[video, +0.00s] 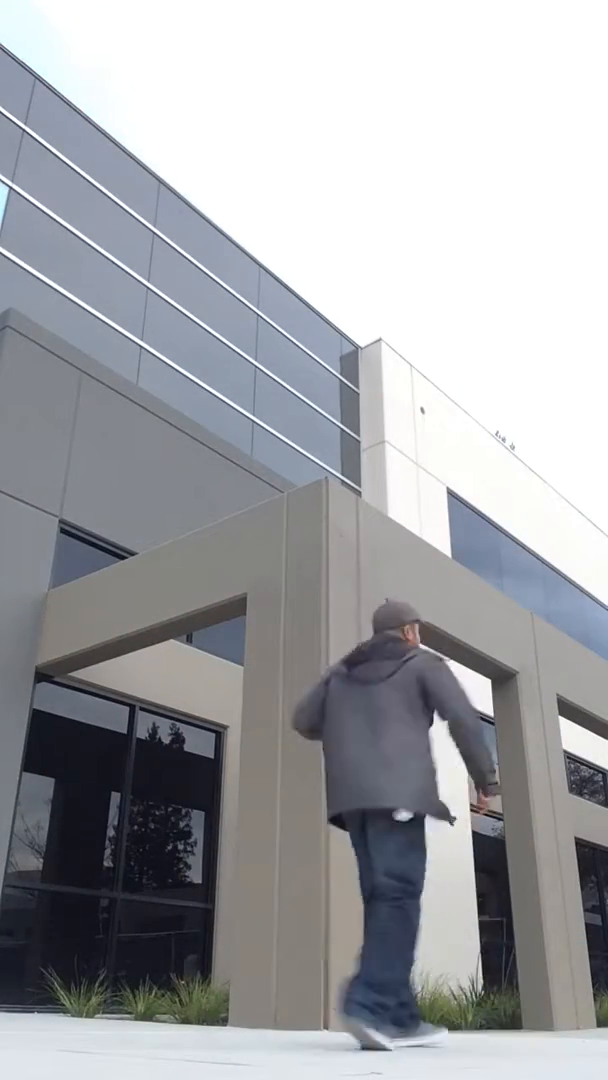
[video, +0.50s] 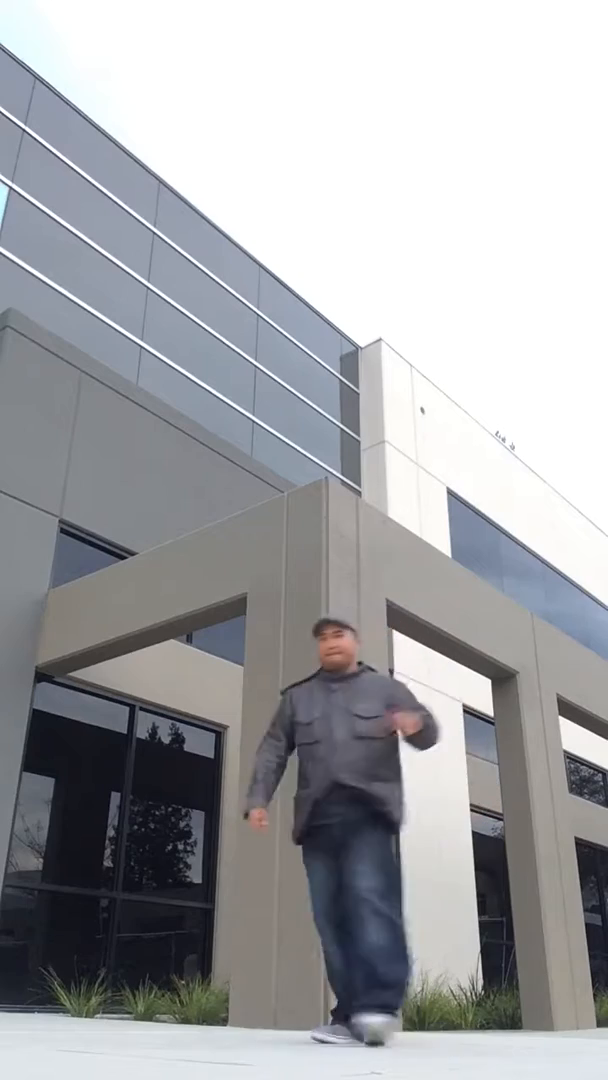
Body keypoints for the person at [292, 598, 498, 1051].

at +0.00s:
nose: (422, 637)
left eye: (419, 631)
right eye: (419, 631)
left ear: (377, 632)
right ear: (410, 631)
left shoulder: (343, 669)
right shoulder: (422, 663)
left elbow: (304, 719)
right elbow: (463, 717)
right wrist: (484, 778)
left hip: (351, 794)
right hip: (399, 791)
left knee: (379, 899)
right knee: (398, 899)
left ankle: (401, 1016)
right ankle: (367, 1006)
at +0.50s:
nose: (332, 642)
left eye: (340, 635)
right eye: (324, 637)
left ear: (357, 643)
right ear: (316, 649)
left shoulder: (386, 688)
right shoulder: (298, 697)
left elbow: (430, 736)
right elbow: (273, 748)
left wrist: (415, 724)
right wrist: (258, 799)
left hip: (369, 810)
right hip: (318, 814)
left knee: (368, 899)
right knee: (328, 913)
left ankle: (379, 1008)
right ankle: (349, 1015)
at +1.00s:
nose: (232, 663)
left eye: (237, 653)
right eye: (232, 655)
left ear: (262, 653)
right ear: (266, 655)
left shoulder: (262, 685)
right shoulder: (302, 688)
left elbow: (246, 744)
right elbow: (304, 755)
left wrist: (224, 785)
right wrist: (250, 794)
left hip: (271, 809)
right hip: (310, 811)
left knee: (246, 909)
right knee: (277, 906)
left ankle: (251, 1017)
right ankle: (333, 989)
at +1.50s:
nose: (197, 662)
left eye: (201, 655)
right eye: (199, 655)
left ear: (218, 656)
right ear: (236, 659)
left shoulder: (200, 690)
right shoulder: (273, 704)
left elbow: (164, 743)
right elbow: (294, 762)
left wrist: (143, 788)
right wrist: (282, 819)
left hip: (205, 812)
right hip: (256, 820)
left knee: (169, 895)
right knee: (217, 915)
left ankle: (212, 979)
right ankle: (217, 1020)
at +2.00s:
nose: (196, 612)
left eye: (201, 605)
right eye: (198, 605)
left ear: (222, 610)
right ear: (240, 617)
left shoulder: (209, 628)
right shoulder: (264, 658)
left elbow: (200, 665)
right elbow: (269, 720)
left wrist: (201, 716)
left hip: (203, 765)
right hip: (255, 779)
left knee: (177, 888)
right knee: (230, 885)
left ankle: (185, 1006)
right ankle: (234, 1001)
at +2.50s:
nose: (211, 563)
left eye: (221, 554)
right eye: (210, 557)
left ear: (253, 562)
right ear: (227, 570)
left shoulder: (263, 589)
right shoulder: (236, 614)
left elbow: (267, 633)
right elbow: (241, 699)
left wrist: (196, 643)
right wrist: (215, 757)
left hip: (258, 751)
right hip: (230, 758)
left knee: (268, 879)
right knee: (216, 885)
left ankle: (309, 1016)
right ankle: (215, 1021)